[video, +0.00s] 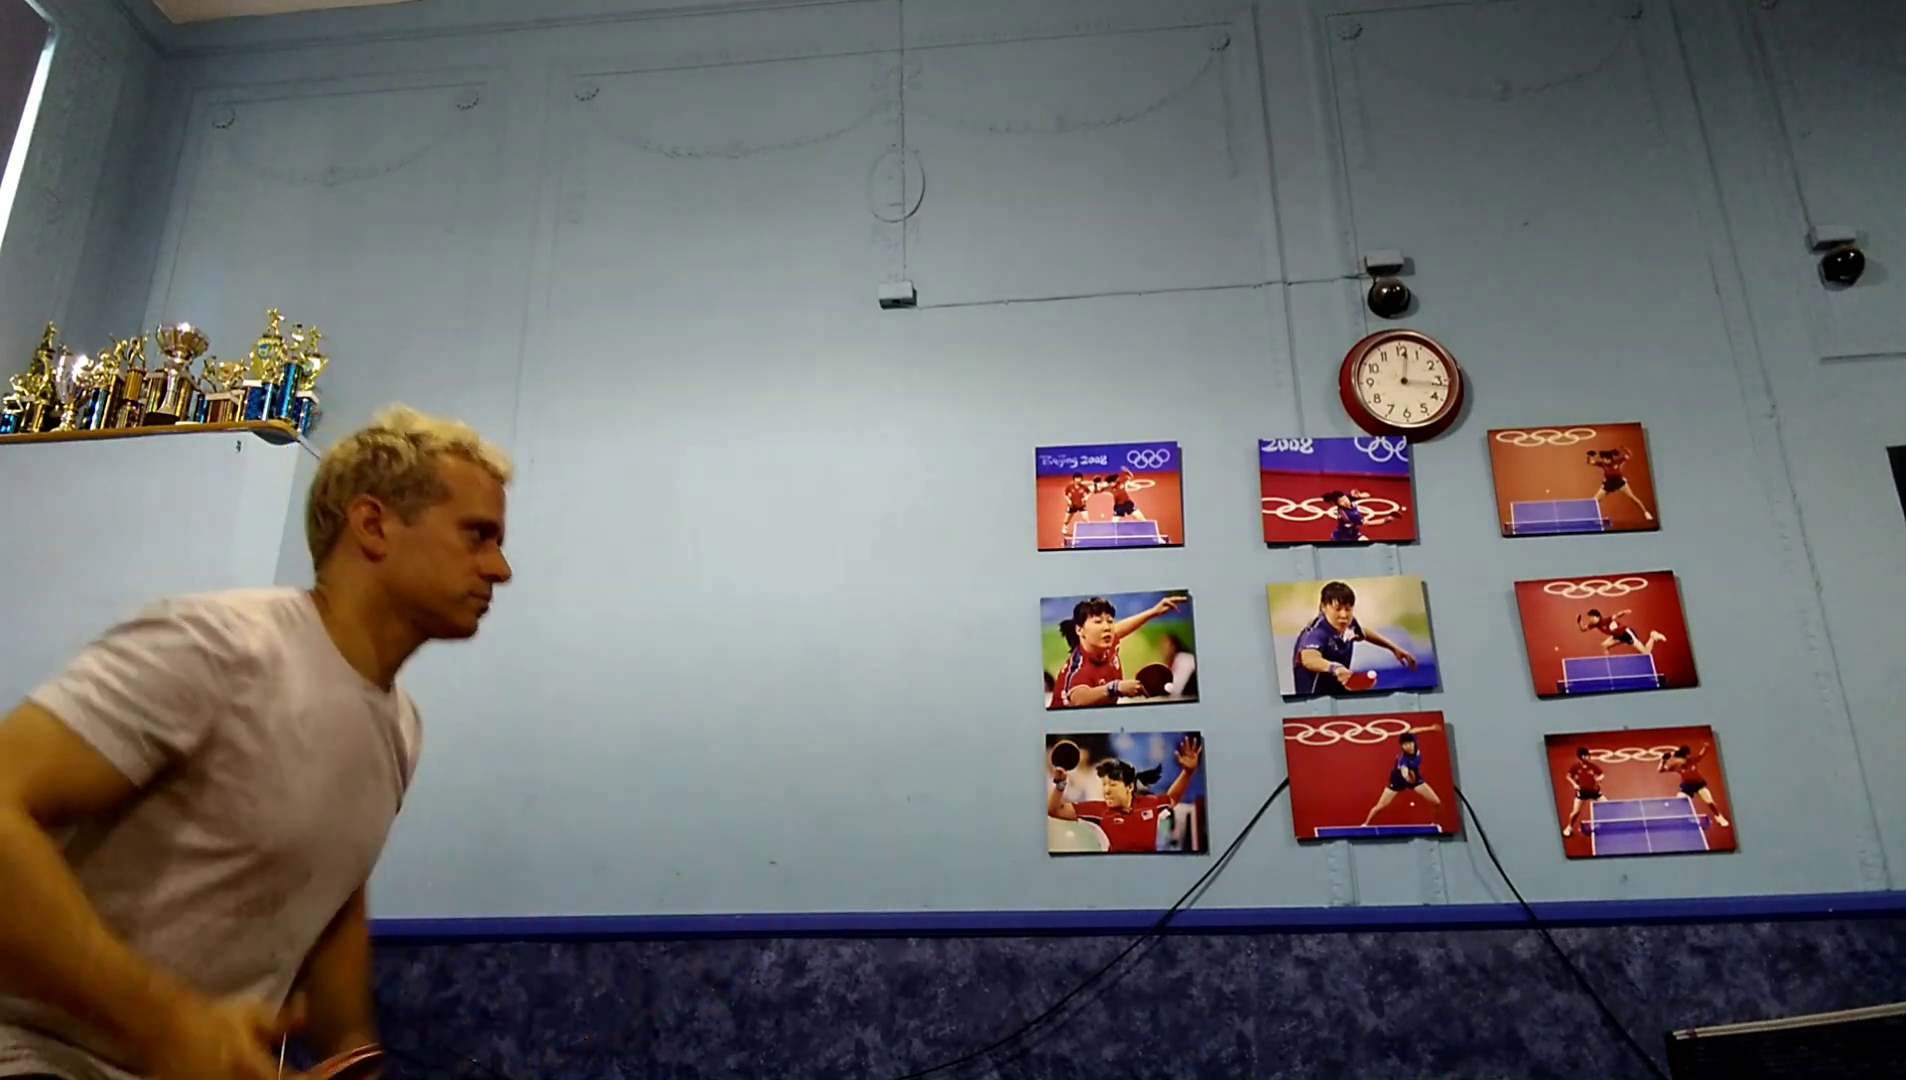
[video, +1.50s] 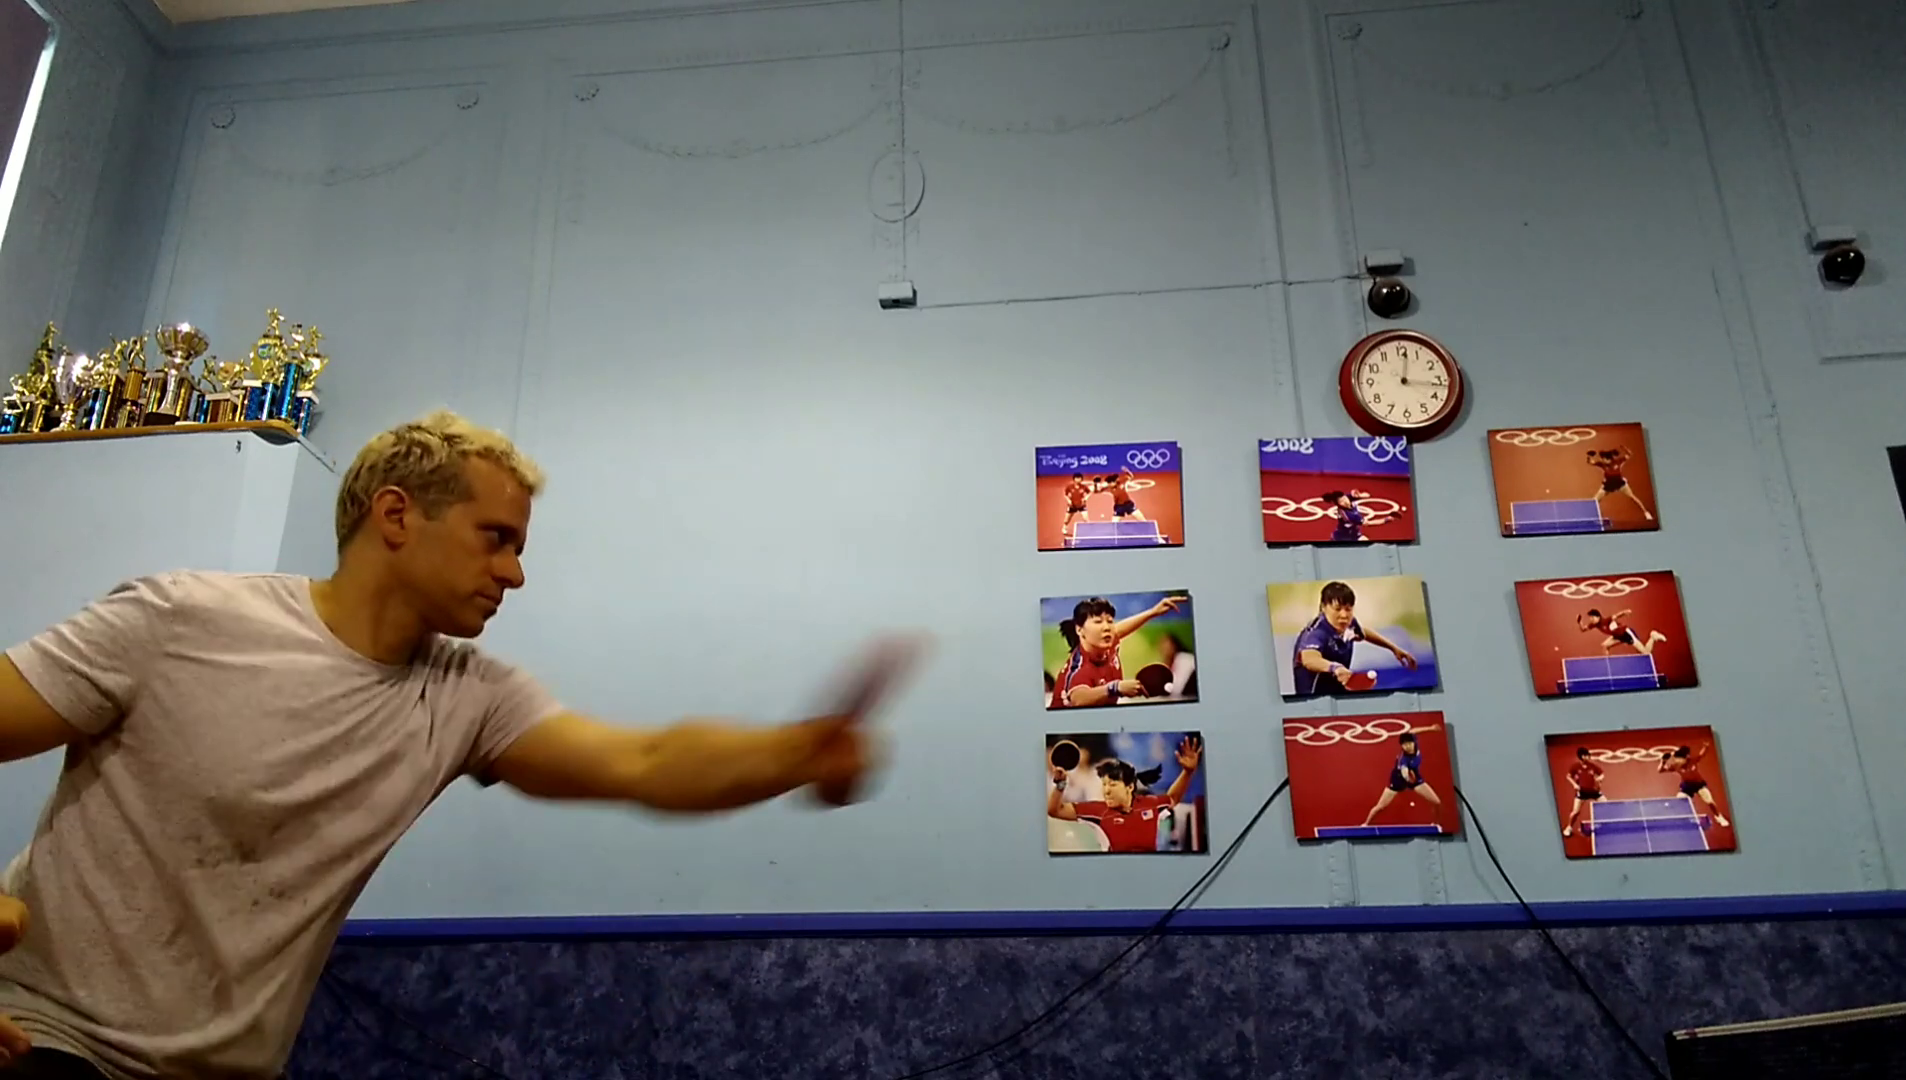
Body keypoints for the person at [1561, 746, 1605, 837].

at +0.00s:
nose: (1588, 758)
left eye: (1588, 755)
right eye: (1586, 756)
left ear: (1588, 756)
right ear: (1581, 757)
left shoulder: (1592, 766)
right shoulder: (1576, 767)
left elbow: (1602, 774)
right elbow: (1568, 776)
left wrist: (1598, 779)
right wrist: (1574, 784)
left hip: (1594, 791)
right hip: (1582, 791)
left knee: (1607, 806)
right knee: (1576, 812)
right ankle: (1569, 827)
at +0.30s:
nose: (1588, 758)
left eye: (1588, 755)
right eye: (1586, 756)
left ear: (1588, 756)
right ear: (1581, 757)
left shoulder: (1592, 766)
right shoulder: (1576, 767)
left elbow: (1602, 774)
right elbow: (1568, 776)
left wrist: (1598, 779)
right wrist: (1574, 784)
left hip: (1594, 791)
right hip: (1582, 791)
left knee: (1607, 806)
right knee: (1576, 812)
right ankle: (1569, 827)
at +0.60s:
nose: (1587, 758)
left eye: (1588, 755)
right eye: (1585, 756)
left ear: (1589, 756)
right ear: (1581, 757)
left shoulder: (1592, 766)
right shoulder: (1576, 766)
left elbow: (1602, 775)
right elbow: (1569, 776)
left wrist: (1598, 779)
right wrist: (1574, 785)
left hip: (1594, 791)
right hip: (1582, 791)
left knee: (1606, 805)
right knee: (1576, 811)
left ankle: (1606, 826)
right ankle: (1569, 827)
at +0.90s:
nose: (1587, 758)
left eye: (1588, 755)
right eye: (1585, 756)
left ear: (1589, 756)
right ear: (1581, 757)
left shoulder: (1592, 766)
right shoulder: (1576, 766)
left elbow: (1602, 774)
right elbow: (1568, 776)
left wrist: (1598, 779)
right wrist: (1574, 785)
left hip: (1594, 791)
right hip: (1582, 791)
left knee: (1606, 806)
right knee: (1576, 811)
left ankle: (1606, 826)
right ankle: (1569, 827)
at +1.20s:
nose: (1587, 758)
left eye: (1588, 755)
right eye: (1585, 755)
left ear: (1589, 756)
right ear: (1581, 757)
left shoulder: (1592, 766)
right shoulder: (1576, 766)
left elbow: (1602, 774)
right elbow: (1568, 776)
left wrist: (1598, 779)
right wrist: (1574, 785)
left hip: (1594, 791)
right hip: (1582, 791)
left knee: (1606, 806)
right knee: (1576, 811)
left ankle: (1606, 826)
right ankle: (1569, 827)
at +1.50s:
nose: (1587, 758)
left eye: (1588, 755)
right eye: (1585, 755)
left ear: (1589, 756)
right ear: (1581, 757)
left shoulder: (1592, 766)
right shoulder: (1576, 766)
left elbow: (1602, 774)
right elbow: (1568, 776)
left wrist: (1598, 779)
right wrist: (1574, 785)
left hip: (1594, 791)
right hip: (1582, 791)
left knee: (1606, 806)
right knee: (1576, 811)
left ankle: (1606, 826)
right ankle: (1569, 827)